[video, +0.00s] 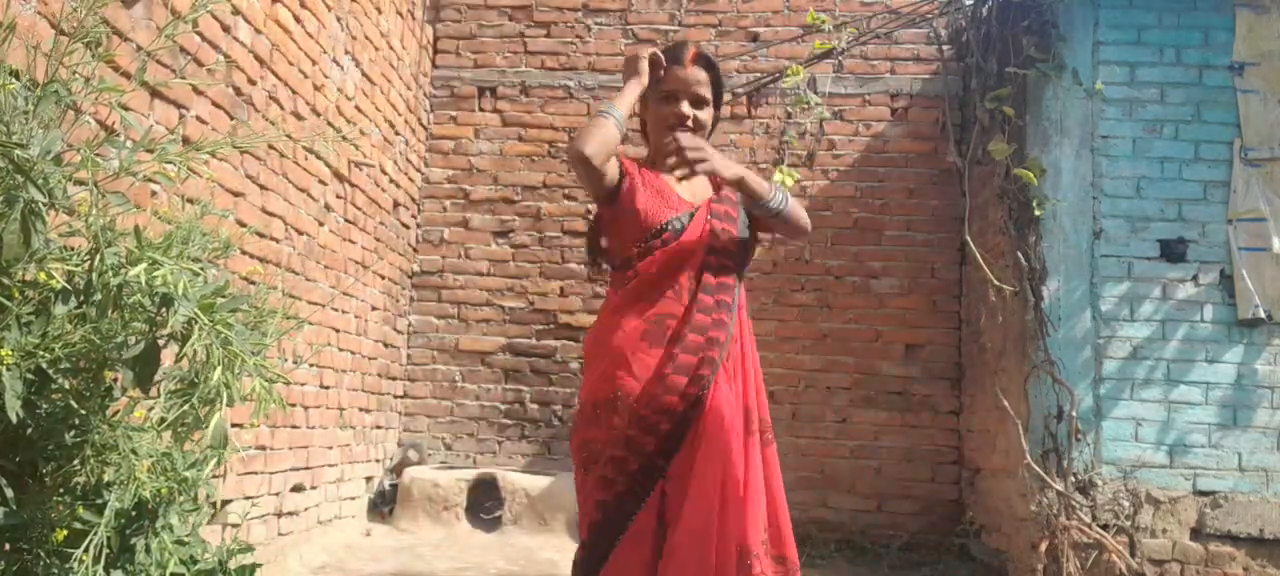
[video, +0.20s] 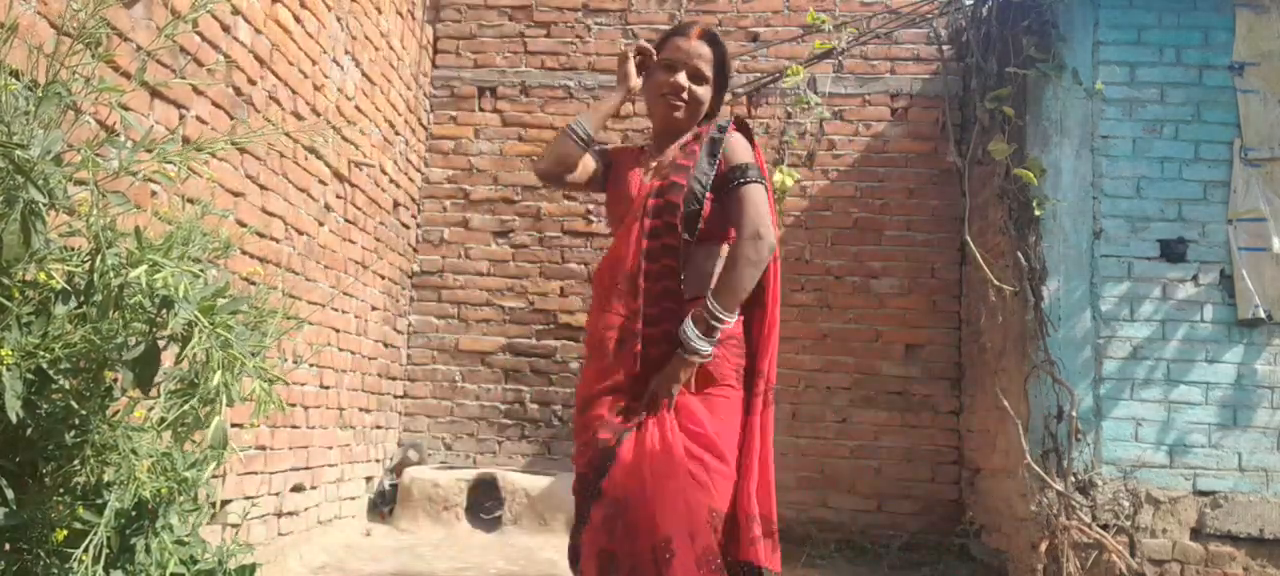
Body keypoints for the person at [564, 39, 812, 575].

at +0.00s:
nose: (685, 113)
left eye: (699, 102)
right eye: (670, 98)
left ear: (716, 112)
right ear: (646, 108)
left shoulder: (730, 190)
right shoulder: (625, 177)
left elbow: (800, 227)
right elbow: (585, 153)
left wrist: (733, 171)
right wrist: (634, 86)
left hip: (721, 381)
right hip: (636, 382)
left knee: (728, 535)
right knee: (629, 539)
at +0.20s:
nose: (680, 83)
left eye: (697, 77)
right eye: (669, 68)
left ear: (715, 95)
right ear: (646, 76)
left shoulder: (725, 147)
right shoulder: (622, 161)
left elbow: (758, 242)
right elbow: (551, 169)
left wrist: (695, 344)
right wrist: (619, 94)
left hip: (701, 370)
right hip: (617, 367)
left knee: (681, 524)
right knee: (604, 519)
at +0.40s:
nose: (669, 104)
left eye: (689, 97)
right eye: (661, 89)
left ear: (711, 115)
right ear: (646, 96)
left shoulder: (701, 170)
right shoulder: (637, 179)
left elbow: (701, 273)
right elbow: (552, 230)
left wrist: (643, 367)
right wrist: (597, 161)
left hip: (675, 392)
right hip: (627, 387)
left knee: (652, 543)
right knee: (611, 539)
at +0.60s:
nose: (657, 129)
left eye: (676, 123)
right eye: (651, 116)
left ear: (702, 142)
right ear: (640, 121)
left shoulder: (690, 199)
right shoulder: (640, 202)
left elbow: (685, 304)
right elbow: (566, 277)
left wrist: (622, 398)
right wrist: (608, 212)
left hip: (654, 409)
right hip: (620, 403)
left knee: (606, 544)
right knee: (623, 551)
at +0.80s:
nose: (659, 118)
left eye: (678, 112)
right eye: (652, 105)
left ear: (701, 132)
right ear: (639, 110)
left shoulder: (688, 188)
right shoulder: (629, 190)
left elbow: (692, 286)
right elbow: (551, 242)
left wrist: (629, 373)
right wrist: (600, 181)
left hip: (666, 387)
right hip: (619, 385)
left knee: (656, 540)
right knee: (626, 535)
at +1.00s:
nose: (672, 127)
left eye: (689, 120)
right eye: (661, 112)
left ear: (708, 138)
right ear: (641, 119)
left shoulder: (713, 194)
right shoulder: (620, 199)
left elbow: (739, 299)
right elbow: (541, 259)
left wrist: (666, 381)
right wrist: (600, 195)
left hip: (677, 400)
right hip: (610, 395)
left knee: (654, 545)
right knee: (604, 540)